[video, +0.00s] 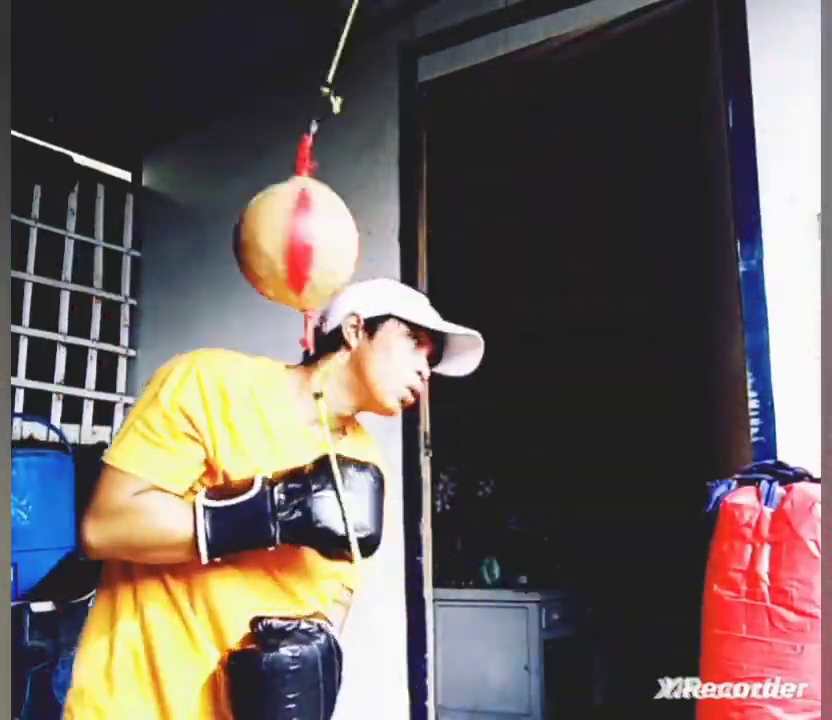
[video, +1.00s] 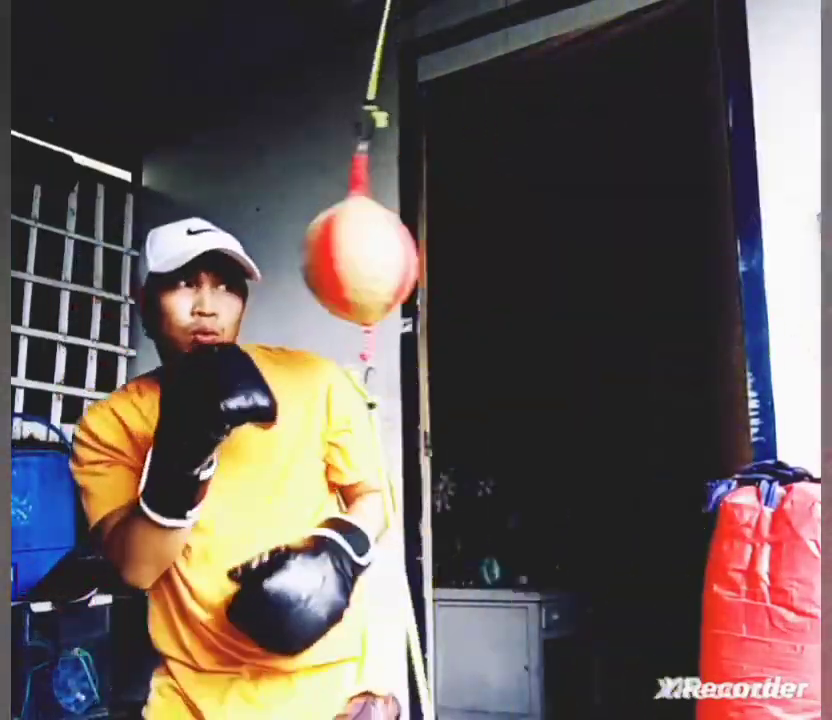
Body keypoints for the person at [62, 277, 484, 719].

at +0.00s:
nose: (426, 370)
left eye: (430, 355)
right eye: (414, 341)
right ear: (357, 330)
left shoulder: (364, 458)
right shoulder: (201, 381)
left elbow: (339, 589)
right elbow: (106, 525)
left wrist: (319, 651)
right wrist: (275, 511)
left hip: (259, 704)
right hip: (135, 698)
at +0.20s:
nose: (337, 305)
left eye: (350, 295)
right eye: (320, 276)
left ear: (356, 315)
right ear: (263, 274)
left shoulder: (354, 406)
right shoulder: (138, 380)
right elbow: (105, 547)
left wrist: (387, 531)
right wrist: (222, 452)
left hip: (306, 702)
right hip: (162, 698)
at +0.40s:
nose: (345, 267)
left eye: (356, 253)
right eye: (323, 244)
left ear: (365, 270)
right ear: (268, 251)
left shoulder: (390, 359)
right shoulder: (183, 366)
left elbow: (507, 417)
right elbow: (177, 523)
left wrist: (565, 346)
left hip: (382, 692)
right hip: (232, 696)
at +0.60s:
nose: (370, 248)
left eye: (383, 231)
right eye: (347, 229)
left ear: (404, 246)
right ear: (296, 244)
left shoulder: (448, 339)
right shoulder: (223, 342)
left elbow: (570, 346)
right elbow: (240, 470)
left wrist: (577, 265)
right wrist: (346, 344)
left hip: (392, 696)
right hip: (238, 695)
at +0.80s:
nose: (290, 275)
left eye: (308, 258)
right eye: (270, 251)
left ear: (323, 276)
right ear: (227, 265)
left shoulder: (374, 360)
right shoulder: (168, 384)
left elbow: (460, 476)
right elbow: (148, 538)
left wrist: (407, 499)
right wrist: (219, 421)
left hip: (372, 667)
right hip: (237, 677)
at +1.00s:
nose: (207, 304)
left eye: (224, 286)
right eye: (184, 284)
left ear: (244, 301)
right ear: (146, 303)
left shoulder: (319, 384)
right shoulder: (112, 425)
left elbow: (371, 495)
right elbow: (137, 568)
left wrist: (334, 556)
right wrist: (180, 458)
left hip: (326, 683)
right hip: (193, 689)